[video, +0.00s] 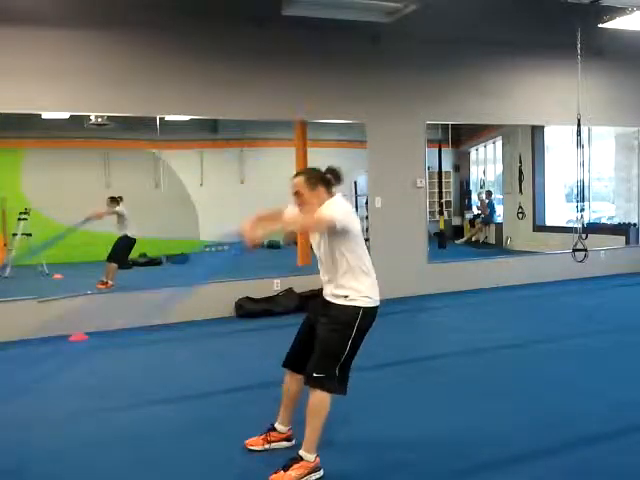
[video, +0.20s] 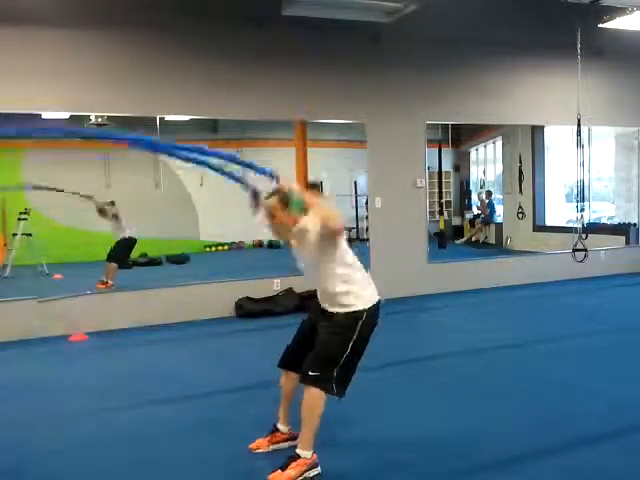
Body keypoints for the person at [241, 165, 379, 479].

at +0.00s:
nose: (297, 200)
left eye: (300, 194)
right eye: (295, 195)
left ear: (320, 190)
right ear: (308, 194)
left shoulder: (338, 207)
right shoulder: (309, 210)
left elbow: (313, 223)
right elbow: (281, 216)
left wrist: (270, 229)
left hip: (356, 302)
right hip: (330, 296)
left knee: (320, 379)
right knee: (296, 366)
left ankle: (309, 458)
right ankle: (282, 429)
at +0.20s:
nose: (271, 224)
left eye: (274, 217)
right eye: (269, 218)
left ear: (290, 213)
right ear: (280, 215)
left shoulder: (315, 229)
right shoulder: (296, 234)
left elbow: (335, 225)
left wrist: (307, 198)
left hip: (354, 306)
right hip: (328, 303)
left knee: (315, 380)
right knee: (290, 369)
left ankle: (306, 456)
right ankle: (285, 429)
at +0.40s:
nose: (260, 241)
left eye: (265, 235)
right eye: (261, 236)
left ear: (287, 238)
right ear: (284, 239)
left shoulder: (314, 263)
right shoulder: (292, 261)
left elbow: (333, 317)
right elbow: (298, 302)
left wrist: (314, 359)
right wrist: (285, 334)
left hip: (361, 314)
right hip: (331, 312)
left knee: (313, 382)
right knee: (291, 368)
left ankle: (305, 458)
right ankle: (285, 433)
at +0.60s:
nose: (304, 189)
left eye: (308, 181)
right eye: (301, 182)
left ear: (325, 178)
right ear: (303, 183)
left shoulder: (343, 197)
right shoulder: (316, 205)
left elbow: (326, 182)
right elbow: (291, 189)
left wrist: (286, 185)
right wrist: (259, 199)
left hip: (357, 297)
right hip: (330, 292)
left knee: (329, 377)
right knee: (301, 365)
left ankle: (314, 456)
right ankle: (287, 429)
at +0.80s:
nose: (268, 231)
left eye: (270, 224)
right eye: (266, 225)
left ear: (285, 221)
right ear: (279, 222)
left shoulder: (309, 239)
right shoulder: (294, 239)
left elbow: (326, 268)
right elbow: (265, 239)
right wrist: (254, 234)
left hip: (356, 309)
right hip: (326, 306)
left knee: (314, 378)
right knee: (289, 367)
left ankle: (308, 456)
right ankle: (284, 431)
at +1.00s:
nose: (267, 231)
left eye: (270, 226)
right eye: (267, 225)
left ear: (290, 226)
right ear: (286, 227)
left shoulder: (316, 253)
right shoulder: (293, 250)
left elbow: (331, 307)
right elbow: (297, 288)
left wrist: (305, 347)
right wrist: (279, 317)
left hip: (357, 312)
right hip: (328, 310)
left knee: (313, 380)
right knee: (290, 367)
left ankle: (307, 458)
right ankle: (285, 432)